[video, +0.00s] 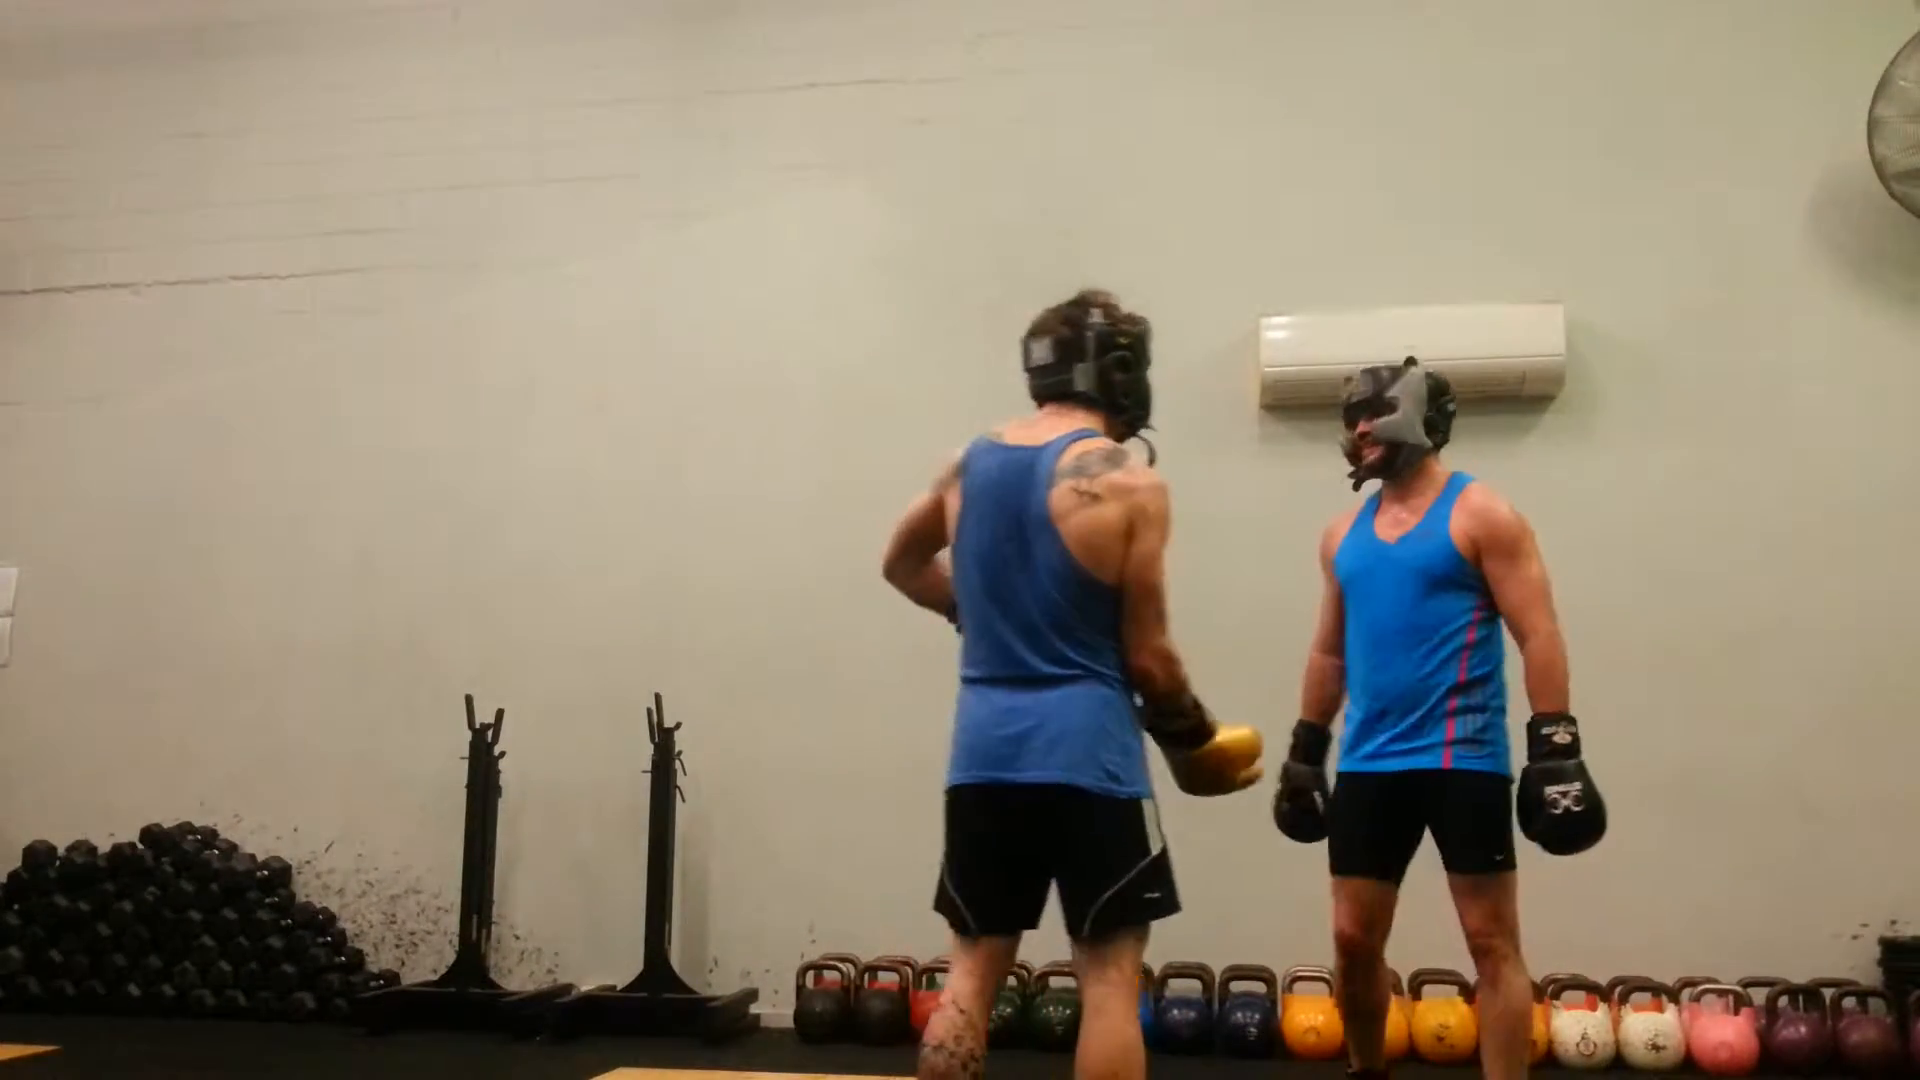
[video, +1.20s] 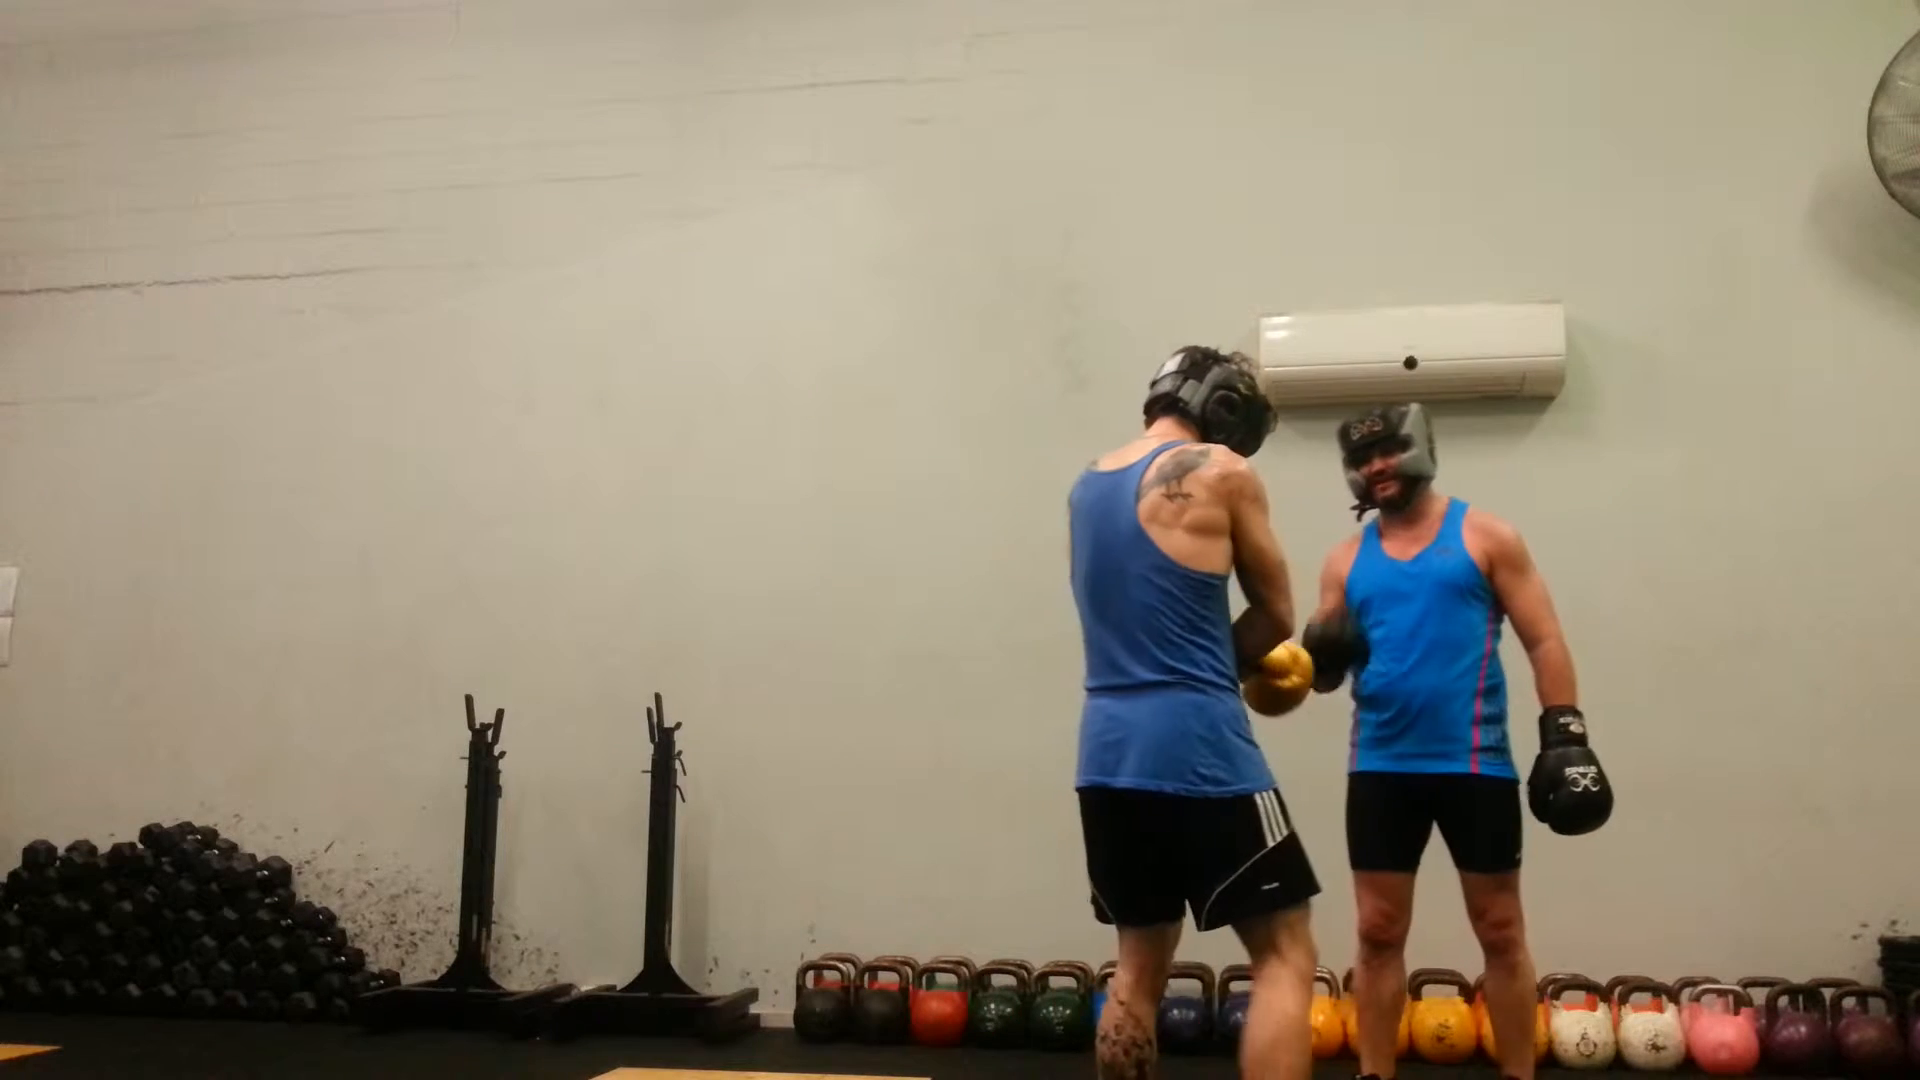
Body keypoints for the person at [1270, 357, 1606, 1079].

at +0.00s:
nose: (1357, 432)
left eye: (1373, 416)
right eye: (1353, 421)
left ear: (1419, 420)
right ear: (1352, 436)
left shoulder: (1482, 515)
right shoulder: (1344, 532)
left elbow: (1539, 634)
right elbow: (1329, 652)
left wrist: (1556, 753)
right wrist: (1304, 755)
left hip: (1465, 765)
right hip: (1370, 767)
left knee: (1490, 941)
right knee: (1353, 939)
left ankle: (1504, 1077)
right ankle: (1368, 1073)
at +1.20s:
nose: (1380, 466)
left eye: (1393, 449)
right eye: (1364, 457)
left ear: (1424, 452)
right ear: (1351, 472)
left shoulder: (1487, 537)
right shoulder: (1345, 559)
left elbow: (1543, 639)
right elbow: (1323, 671)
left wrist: (1564, 737)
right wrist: (1326, 651)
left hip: (1475, 765)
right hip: (1382, 769)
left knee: (1500, 932)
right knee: (1377, 931)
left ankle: (1519, 1074)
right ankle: (1375, 1075)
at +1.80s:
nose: (1441, 476)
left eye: (1452, 462)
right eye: (1429, 463)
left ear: (1479, 464)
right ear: (1412, 472)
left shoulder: (1539, 547)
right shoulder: (1404, 548)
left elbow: (1586, 655)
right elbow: (1359, 643)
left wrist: (1608, 754)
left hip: (1517, 768)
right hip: (1421, 767)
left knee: (1524, 933)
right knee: (1403, 935)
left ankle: (1526, 1073)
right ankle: (1382, 1070)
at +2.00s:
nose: (1443, 476)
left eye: (1451, 462)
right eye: (1432, 465)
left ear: (1476, 466)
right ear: (1420, 479)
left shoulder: (1546, 544)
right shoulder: (1404, 545)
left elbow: (1592, 653)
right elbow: (1369, 647)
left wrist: (1616, 753)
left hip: (1517, 768)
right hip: (1422, 767)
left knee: (1524, 933)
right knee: (1400, 937)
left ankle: (1526, 1071)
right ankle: (1380, 1069)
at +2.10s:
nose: (1448, 479)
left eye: (1456, 462)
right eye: (1435, 467)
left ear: (1482, 465)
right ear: (1419, 480)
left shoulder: (1547, 544)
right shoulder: (1405, 543)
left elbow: (1593, 651)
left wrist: (1617, 750)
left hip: (1516, 768)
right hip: (1421, 766)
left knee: (1524, 933)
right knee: (1399, 939)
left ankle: (1526, 1071)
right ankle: (1382, 1068)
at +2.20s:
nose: (1440, 475)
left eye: (1449, 459)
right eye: (1430, 464)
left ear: (1476, 463)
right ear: (1415, 474)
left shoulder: (1546, 544)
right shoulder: (1407, 545)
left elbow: (1592, 651)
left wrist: (1617, 747)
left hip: (1516, 765)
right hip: (1420, 765)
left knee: (1523, 931)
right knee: (1399, 939)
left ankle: (1526, 1071)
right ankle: (1381, 1068)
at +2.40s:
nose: (1447, 477)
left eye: (1458, 461)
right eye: (1434, 466)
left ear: (1483, 466)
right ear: (1416, 481)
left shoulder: (1543, 543)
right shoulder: (1401, 545)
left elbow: (1589, 647)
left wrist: (1611, 743)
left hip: (1512, 768)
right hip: (1419, 767)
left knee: (1521, 934)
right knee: (1391, 945)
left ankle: (1525, 1072)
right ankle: (1381, 1070)